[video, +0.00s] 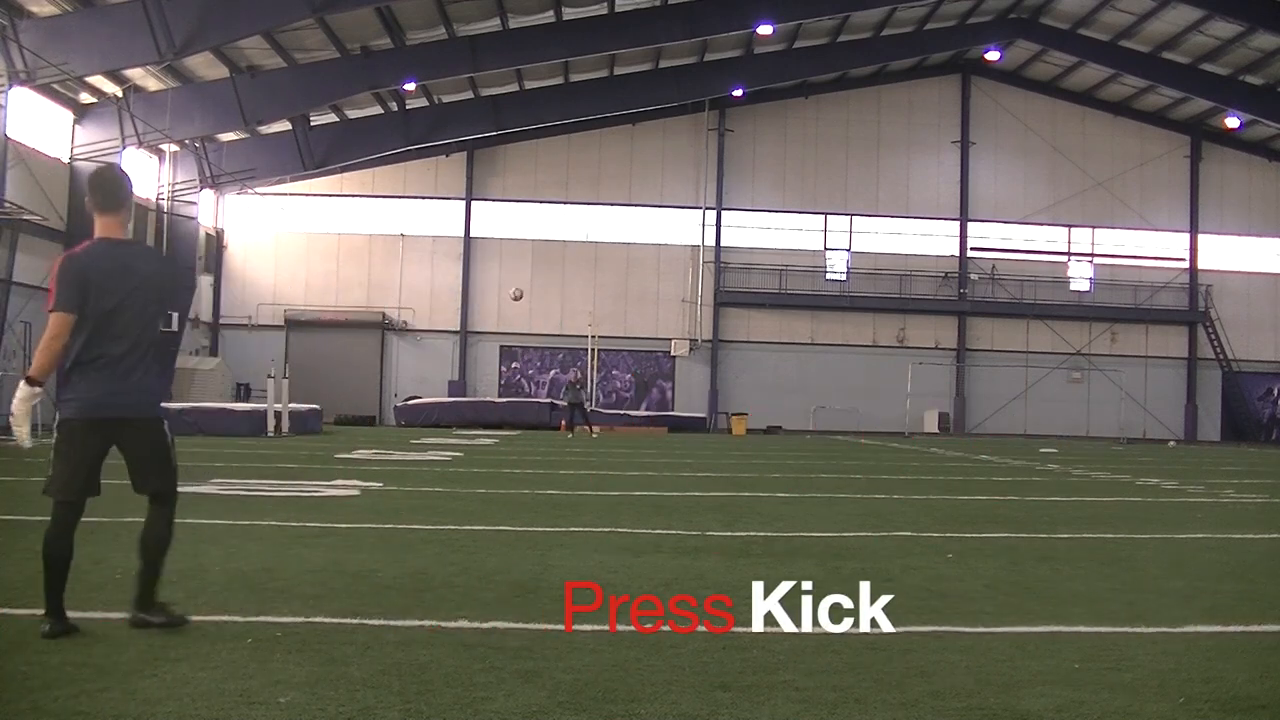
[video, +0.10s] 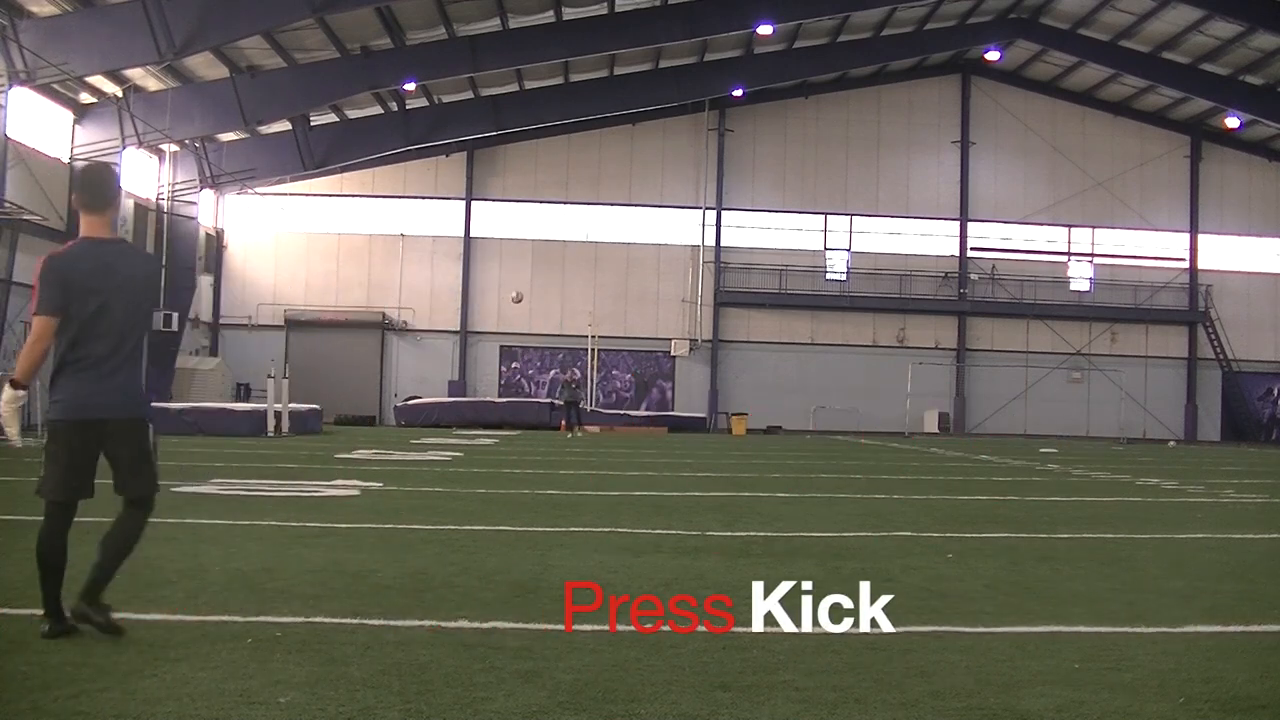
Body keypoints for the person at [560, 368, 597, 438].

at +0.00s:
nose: (574, 377)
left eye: (575, 376)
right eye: (573, 376)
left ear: (578, 376)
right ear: (571, 376)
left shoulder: (580, 383)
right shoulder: (569, 383)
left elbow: (585, 392)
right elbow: (563, 391)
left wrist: (586, 401)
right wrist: (562, 397)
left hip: (580, 402)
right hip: (571, 402)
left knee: (585, 417)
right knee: (571, 418)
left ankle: (591, 432)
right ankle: (571, 432)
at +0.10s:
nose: (570, 376)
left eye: (572, 374)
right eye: (569, 374)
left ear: (574, 375)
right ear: (567, 374)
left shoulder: (577, 381)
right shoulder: (565, 381)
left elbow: (580, 391)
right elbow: (560, 389)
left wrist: (583, 398)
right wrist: (557, 397)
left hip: (575, 401)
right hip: (567, 400)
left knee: (577, 415)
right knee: (567, 416)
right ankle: (570, 431)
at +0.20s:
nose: (565, 376)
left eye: (567, 374)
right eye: (564, 374)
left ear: (569, 375)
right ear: (562, 375)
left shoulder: (572, 383)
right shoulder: (560, 382)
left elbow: (577, 392)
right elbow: (556, 390)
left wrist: (578, 400)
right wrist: (553, 398)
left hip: (570, 401)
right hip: (562, 400)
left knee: (571, 416)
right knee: (560, 415)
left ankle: (572, 431)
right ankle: (560, 430)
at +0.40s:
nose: (554, 377)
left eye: (555, 375)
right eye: (553, 375)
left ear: (558, 376)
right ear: (551, 376)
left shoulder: (561, 386)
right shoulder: (549, 385)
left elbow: (565, 395)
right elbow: (546, 395)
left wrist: (565, 402)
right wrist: (542, 402)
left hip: (559, 404)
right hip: (550, 404)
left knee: (565, 419)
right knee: (542, 417)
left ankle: (570, 432)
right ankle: (536, 431)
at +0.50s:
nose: (548, 379)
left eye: (550, 378)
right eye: (547, 378)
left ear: (552, 379)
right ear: (546, 378)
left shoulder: (554, 386)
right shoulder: (543, 384)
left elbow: (557, 394)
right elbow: (538, 392)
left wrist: (559, 401)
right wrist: (535, 401)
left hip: (552, 404)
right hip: (543, 403)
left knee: (554, 418)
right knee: (538, 418)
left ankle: (562, 427)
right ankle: (535, 431)